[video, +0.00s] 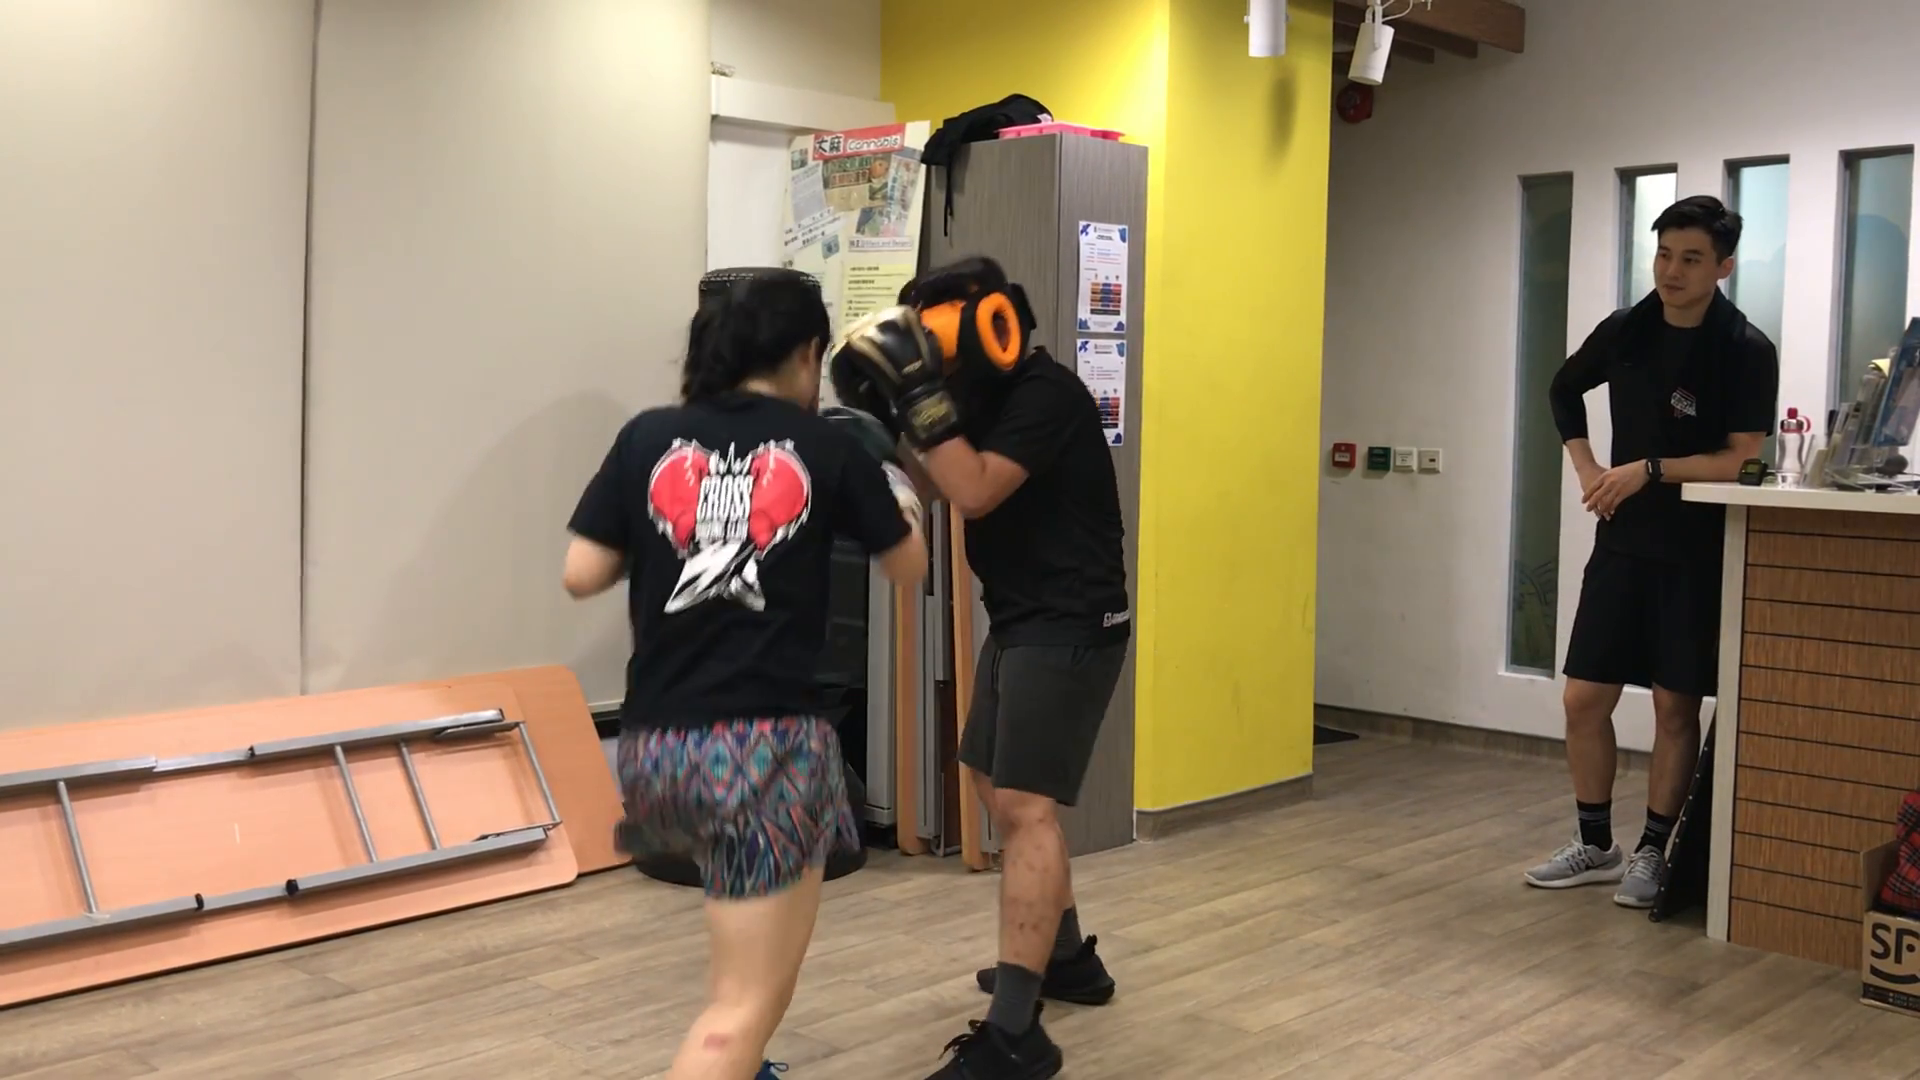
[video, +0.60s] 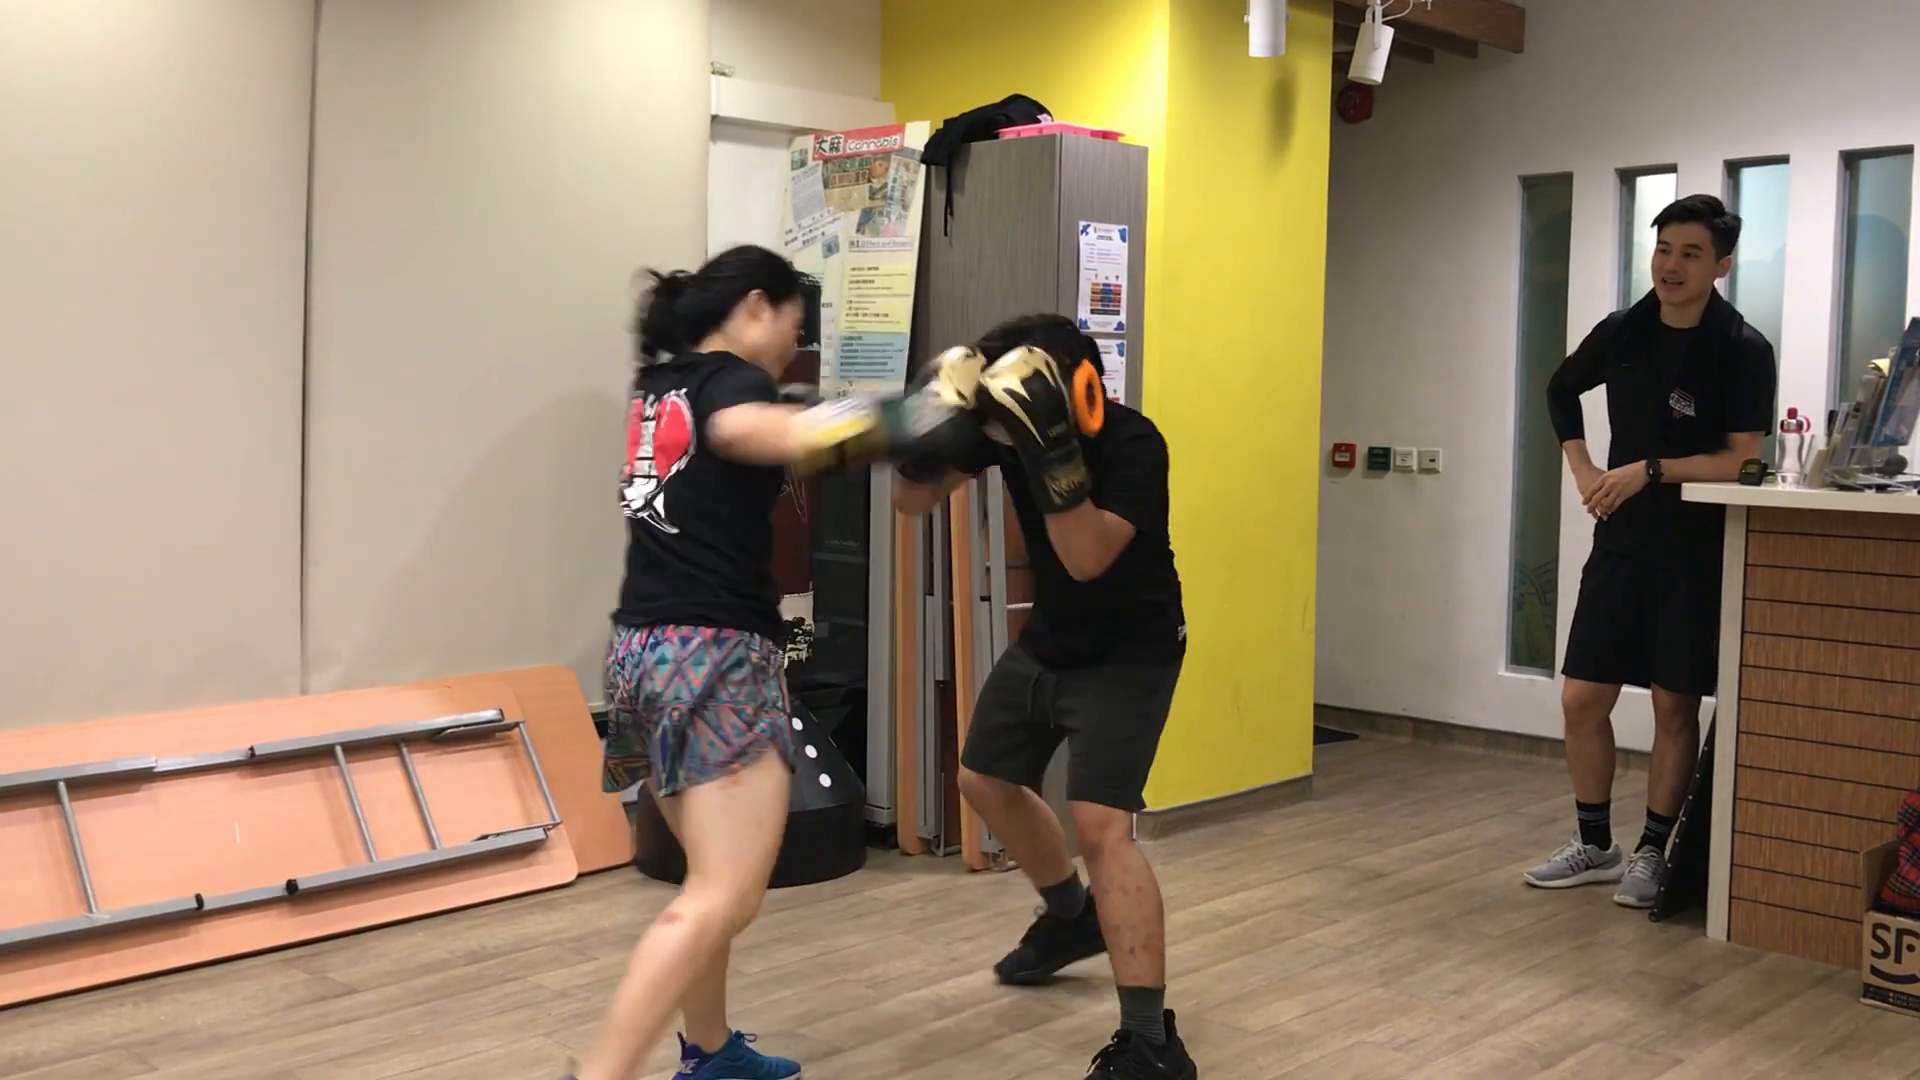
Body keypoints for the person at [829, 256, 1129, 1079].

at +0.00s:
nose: (936, 354)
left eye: (945, 338)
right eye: (930, 341)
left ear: (994, 325)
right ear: (971, 339)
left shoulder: (1047, 393)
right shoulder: (987, 401)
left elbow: (973, 492)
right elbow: (949, 488)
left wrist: (924, 399)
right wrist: (896, 426)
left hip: (1071, 627)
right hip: (1019, 624)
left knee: (1027, 808)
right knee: (995, 784)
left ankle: (1013, 1032)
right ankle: (1066, 952)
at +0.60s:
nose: (1017, 414)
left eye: (1029, 398)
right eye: (1009, 401)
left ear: (1075, 390)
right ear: (1004, 403)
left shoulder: (1134, 446)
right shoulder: (1011, 436)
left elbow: (1087, 557)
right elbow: (912, 493)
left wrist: (1056, 453)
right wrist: (941, 415)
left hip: (1130, 651)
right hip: (1047, 640)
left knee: (1099, 821)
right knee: (987, 778)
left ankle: (1149, 1040)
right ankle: (1071, 913)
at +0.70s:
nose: (1026, 461)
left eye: (1039, 439)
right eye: (1019, 444)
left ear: (1085, 418)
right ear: (1010, 434)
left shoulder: (1145, 457)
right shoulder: (1017, 448)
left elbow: (1111, 582)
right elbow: (950, 544)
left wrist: (1078, 485)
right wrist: (937, 460)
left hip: (1137, 648)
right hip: (1051, 640)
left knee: (1102, 818)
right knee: (994, 791)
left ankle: (1149, 1038)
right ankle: (1082, 888)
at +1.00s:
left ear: (994, 552)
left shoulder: (1085, 556)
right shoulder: (1000, 562)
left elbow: (1053, 688)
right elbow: (955, 657)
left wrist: (977, 608)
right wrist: (902, 604)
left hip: (1176, 691)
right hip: (1085, 693)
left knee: (1103, 817)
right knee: (997, 800)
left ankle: (1153, 1038)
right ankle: (1089, 927)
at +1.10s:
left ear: (976, 535)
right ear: (972, 527)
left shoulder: (1063, 546)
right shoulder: (1008, 546)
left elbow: (1005, 674)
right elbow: (1008, 677)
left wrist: (939, 592)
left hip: (1176, 693)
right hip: (1094, 693)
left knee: (1096, 817)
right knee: (999, 795)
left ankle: (1153, 1039)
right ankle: (1089, 926)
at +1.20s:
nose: (951, 532)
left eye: (950, 517)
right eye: (946, 518)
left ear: (976, 499)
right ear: (971, 496)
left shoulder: (1054, 524)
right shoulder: (1006, 522)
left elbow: (979, 643)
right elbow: (983, 623)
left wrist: (921, 557)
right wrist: (920, 552)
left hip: (1173, 687)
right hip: (1099, 687)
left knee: (1093, 815)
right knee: (1008, 791)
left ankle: (1157, 1038)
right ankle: (1090, 923)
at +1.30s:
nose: (952, 497)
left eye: (952, 481)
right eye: (948, 484)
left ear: (983, 474)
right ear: (991, 466)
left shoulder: (1062, 516)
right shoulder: (1021, 514)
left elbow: (977, 632)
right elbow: (977, 608)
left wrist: (916, 539)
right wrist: (924, 532)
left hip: (1171, 688)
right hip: (1104, 688)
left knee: (1086, 825)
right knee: (1012, 790)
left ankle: (1157, 1048)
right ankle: (1089, 924)